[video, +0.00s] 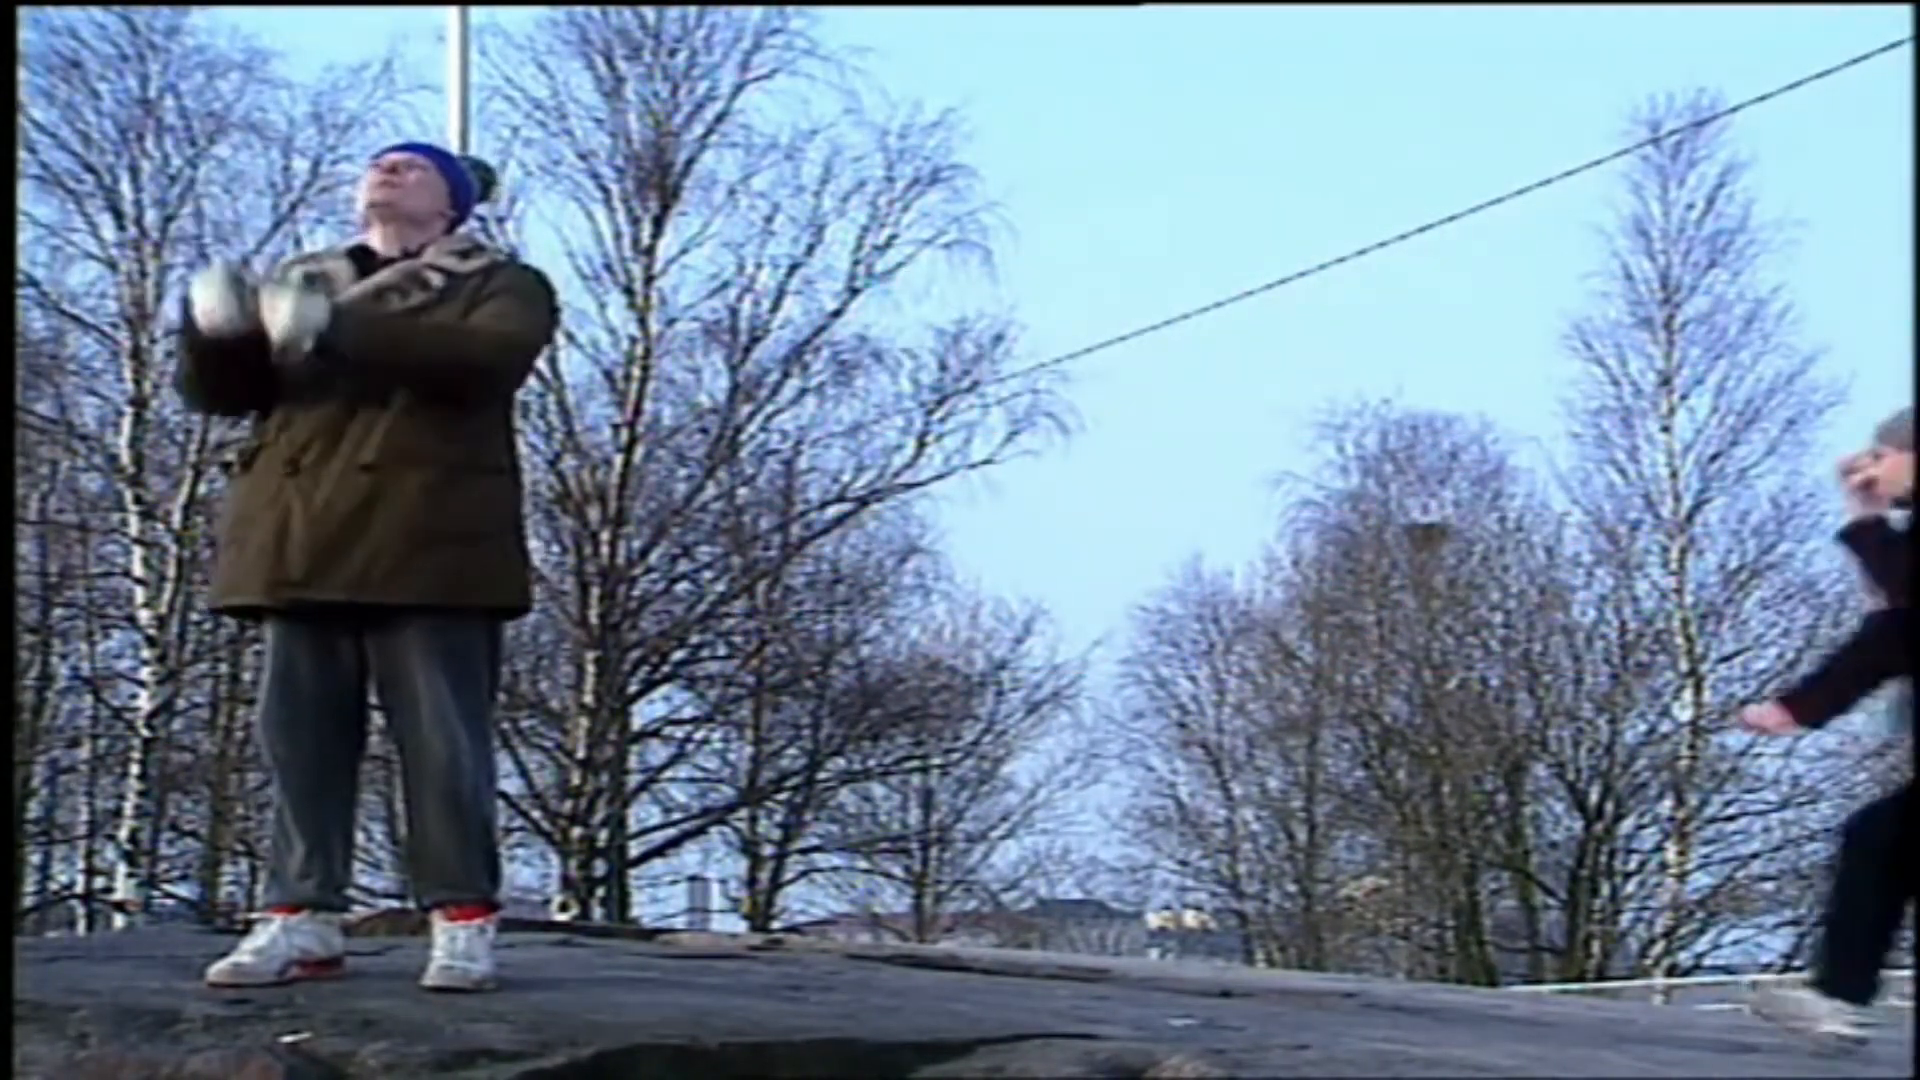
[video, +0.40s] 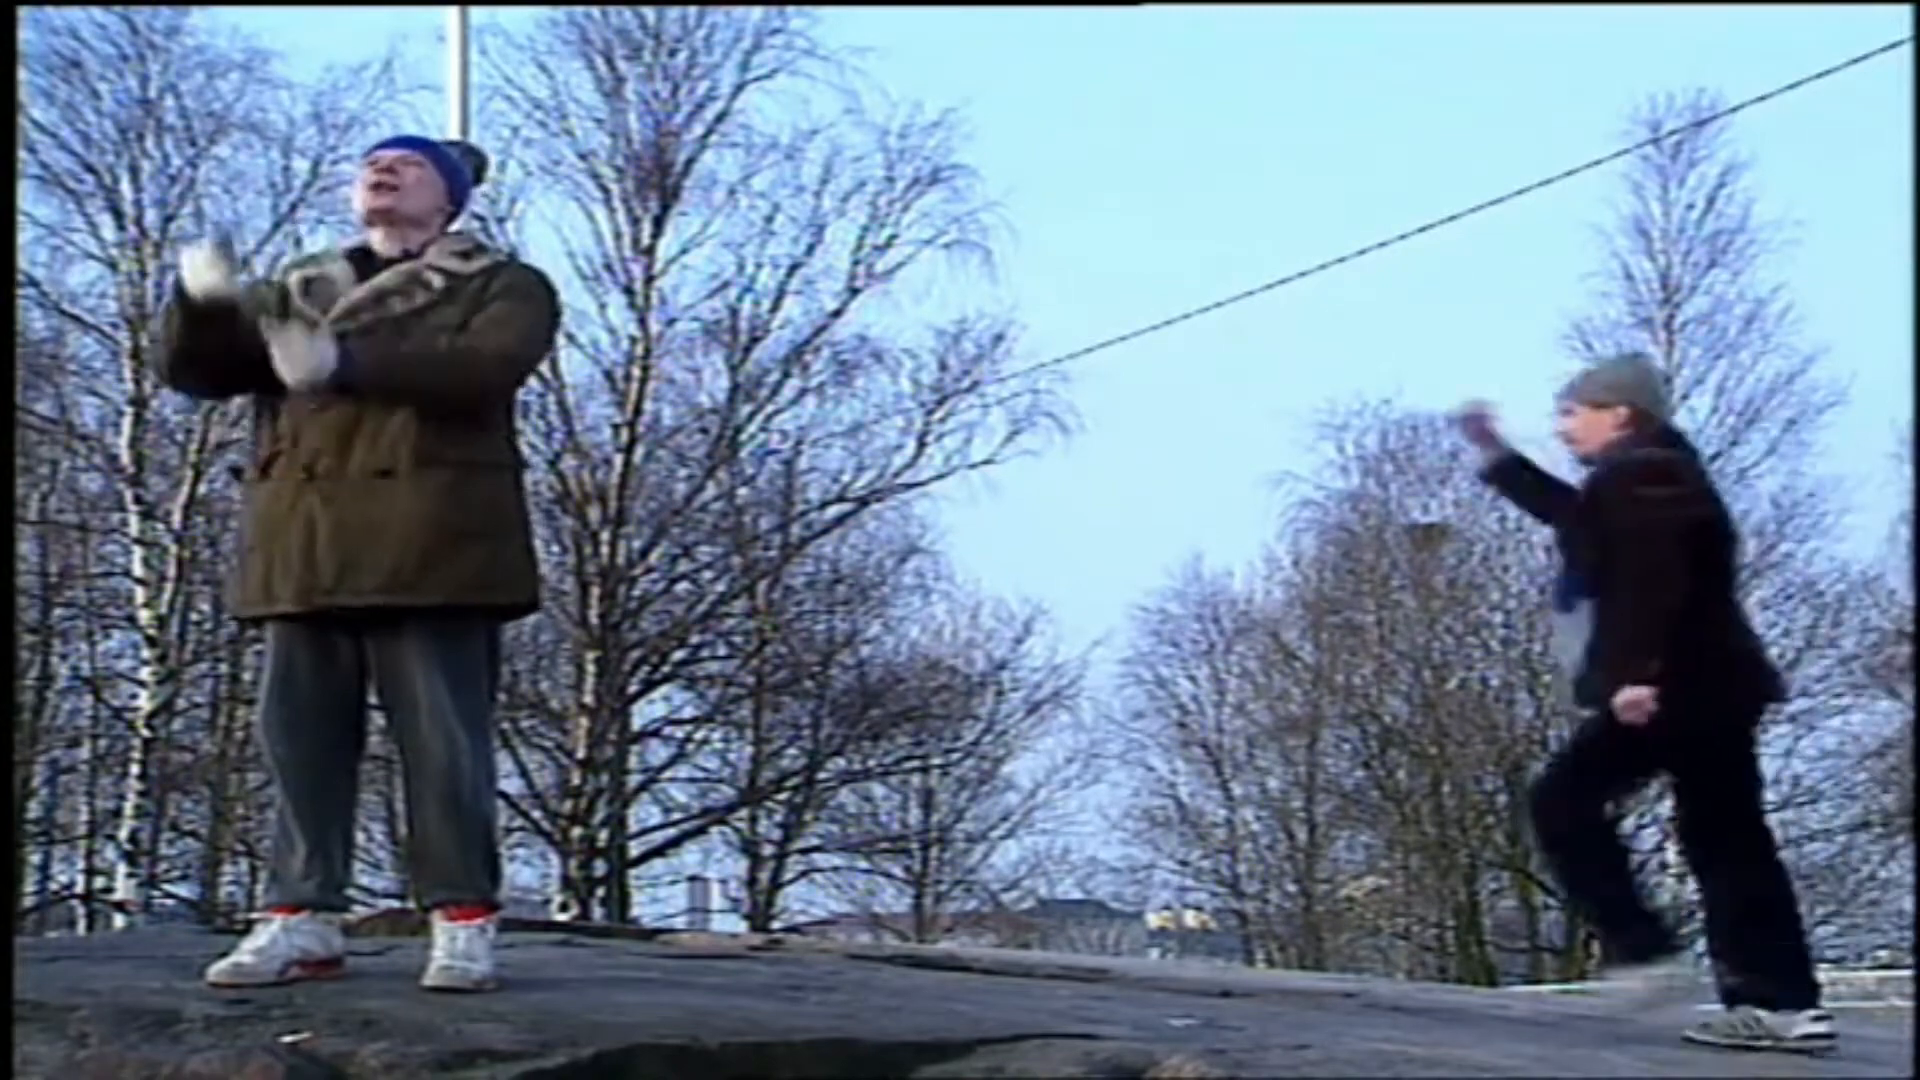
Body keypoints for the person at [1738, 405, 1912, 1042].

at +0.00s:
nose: (1872, 467)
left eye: (1885, 453)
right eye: (1876, 452)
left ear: (1912, 461)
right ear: (1901, 461)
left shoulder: (1906, 537)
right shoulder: (1902, 533)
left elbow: (1896, 634)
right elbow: (1904, 607)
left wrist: (1802, 706)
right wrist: (1869, 522)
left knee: (1874, 839)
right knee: (1872, 839)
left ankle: (1843, 992)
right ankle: (1843, 990)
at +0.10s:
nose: (1773, 468)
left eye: (1783, 455)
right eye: (1776, 455)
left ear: (1823, 461)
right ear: (1838, 462)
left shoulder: (1838, 531)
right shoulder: (1878, 523)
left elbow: (1786, 634)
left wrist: (1703, 711)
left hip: (1887, 754)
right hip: (1893, 750)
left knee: (1775, 842)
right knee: (1781, 841)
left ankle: (1782, 1005)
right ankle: (1789, 1005)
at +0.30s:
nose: (1624, 425)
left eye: (1636, 412)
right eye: (1627, 412)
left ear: (1675, 419)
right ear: (1684, 421)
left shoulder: (1691, 481)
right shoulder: (1720, 480)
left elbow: (1683, 587)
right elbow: (1649, 568)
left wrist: (1655, 679)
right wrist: (1588, 504)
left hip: (1733, 697)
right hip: (1763, 695)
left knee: (1667, 830)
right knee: (1740, 838)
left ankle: (1796, 943)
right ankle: (1760, 999)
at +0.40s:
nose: (1563, 427)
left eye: (1575, 412)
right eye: (1563, 413)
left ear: (1620, 415)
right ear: (1626, 418)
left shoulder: (1636, 476)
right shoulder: (1662, 473)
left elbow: (1643, 576)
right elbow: (1586, 526)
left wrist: (1635, 672)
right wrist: (1499, 459)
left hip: (1672, 693)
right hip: (1715, 690)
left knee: (1560, 798)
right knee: (1728, 838)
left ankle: (1640, 953)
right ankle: (1778, 1000)